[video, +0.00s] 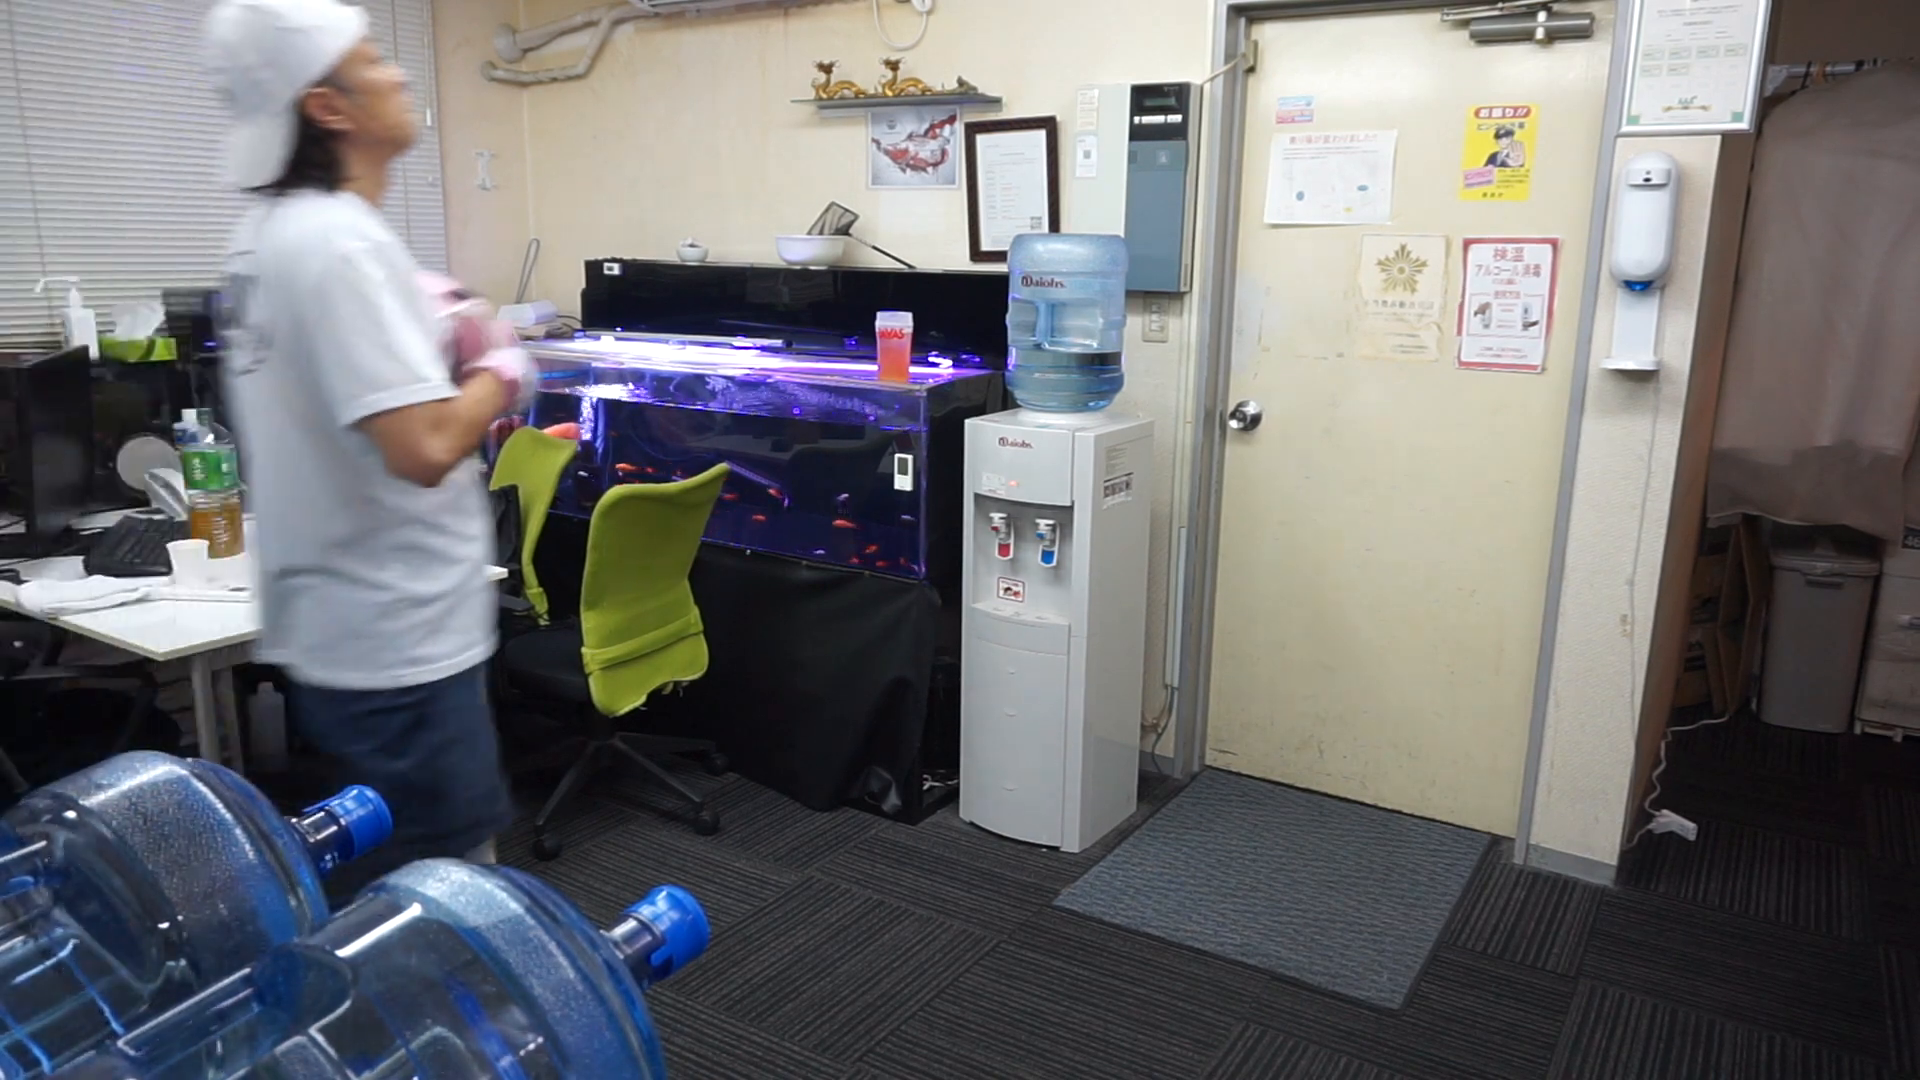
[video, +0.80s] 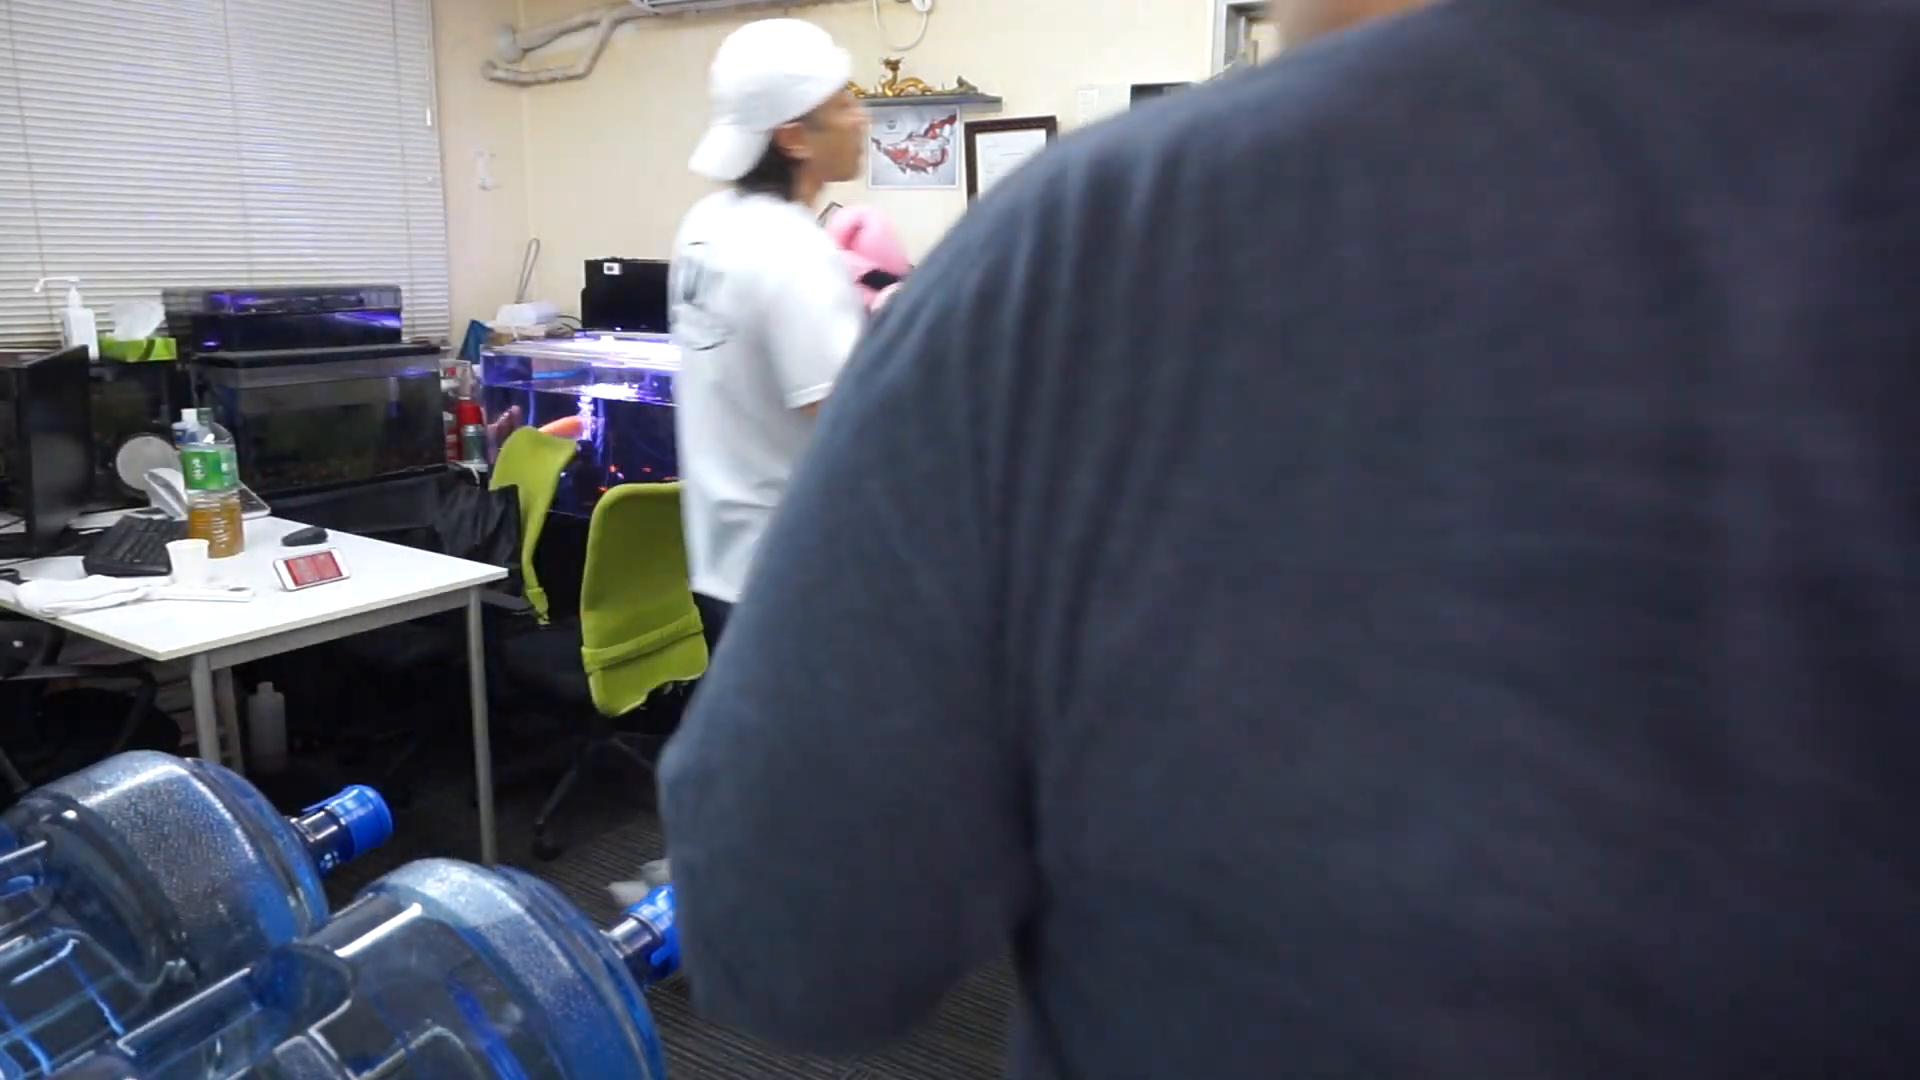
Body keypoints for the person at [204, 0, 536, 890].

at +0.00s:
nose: (398, 76)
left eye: (382, 58)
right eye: (373, 67)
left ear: (328, 113)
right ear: (329, 111)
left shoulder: (272, 237)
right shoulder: (339, 248)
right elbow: (423, 450)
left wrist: (443, 348)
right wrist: (496, 374)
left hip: (334, 649)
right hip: (402, 662)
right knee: (450, 896)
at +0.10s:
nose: (457, 70)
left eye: (439, 52)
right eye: (430, 59)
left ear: (387, 108)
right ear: (385, 104)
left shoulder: (341, 227)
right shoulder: (389, 237)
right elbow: (467, 437)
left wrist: (507, 349)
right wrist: (550, 369)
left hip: (395, 609)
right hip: (454, 615)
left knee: (470, 826)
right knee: (553, 834)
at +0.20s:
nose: (514, 73)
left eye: (500, 55)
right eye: (489, 60)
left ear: (443, 107)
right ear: (438, 103)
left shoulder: (395, 220)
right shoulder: (436, 232)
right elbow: (526, 423)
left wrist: (543, 316)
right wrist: (606, 357)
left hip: (435, 591)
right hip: (491, 599)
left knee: (476, 810)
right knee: (633, 797)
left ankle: (465, 992)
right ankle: (522, 996)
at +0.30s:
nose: (568, 85)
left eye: (556, 69)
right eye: (546, 73)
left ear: (487, 115)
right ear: (495, 111)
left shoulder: (442, 223)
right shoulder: (493, 243)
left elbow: (492, 374)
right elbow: (580, 427)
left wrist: (596, 306)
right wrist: (668, 344)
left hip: (471, 575)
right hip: (535, 583)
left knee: (487, 797)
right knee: (667, 784)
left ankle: (467, 984)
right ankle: (681, 1000)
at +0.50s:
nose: (678, 116)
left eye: (666, 95)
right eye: (658, 103)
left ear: (602, 142)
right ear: (610, 142)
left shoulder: (541, 237)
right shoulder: (618, 260)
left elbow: (578, 387)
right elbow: (680, 445)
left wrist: (677, 316)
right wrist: (754, 361)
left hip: (554, 589)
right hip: (652, 601)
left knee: (544, 785)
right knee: (744, 787)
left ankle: (486, 969)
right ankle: (794, 976)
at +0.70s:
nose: (809, 120)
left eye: (801, 102)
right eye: (790, 110)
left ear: (727, 145)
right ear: (740, 144)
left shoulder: (661, 232)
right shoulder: (739, 262)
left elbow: (703, 385)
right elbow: (794, 435)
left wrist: (796, 300)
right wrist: (850, 356)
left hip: (684, 566)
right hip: (749, 580)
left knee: (699, 760)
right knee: (761, 781)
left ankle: (582, 918)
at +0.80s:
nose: (864, 117)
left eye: (856, 100)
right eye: (847, 105)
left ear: (790, 141)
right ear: (794, 140)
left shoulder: (708, 223)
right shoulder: (794, 255)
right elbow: (847, 423)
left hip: (721, 563)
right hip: (790, 577)